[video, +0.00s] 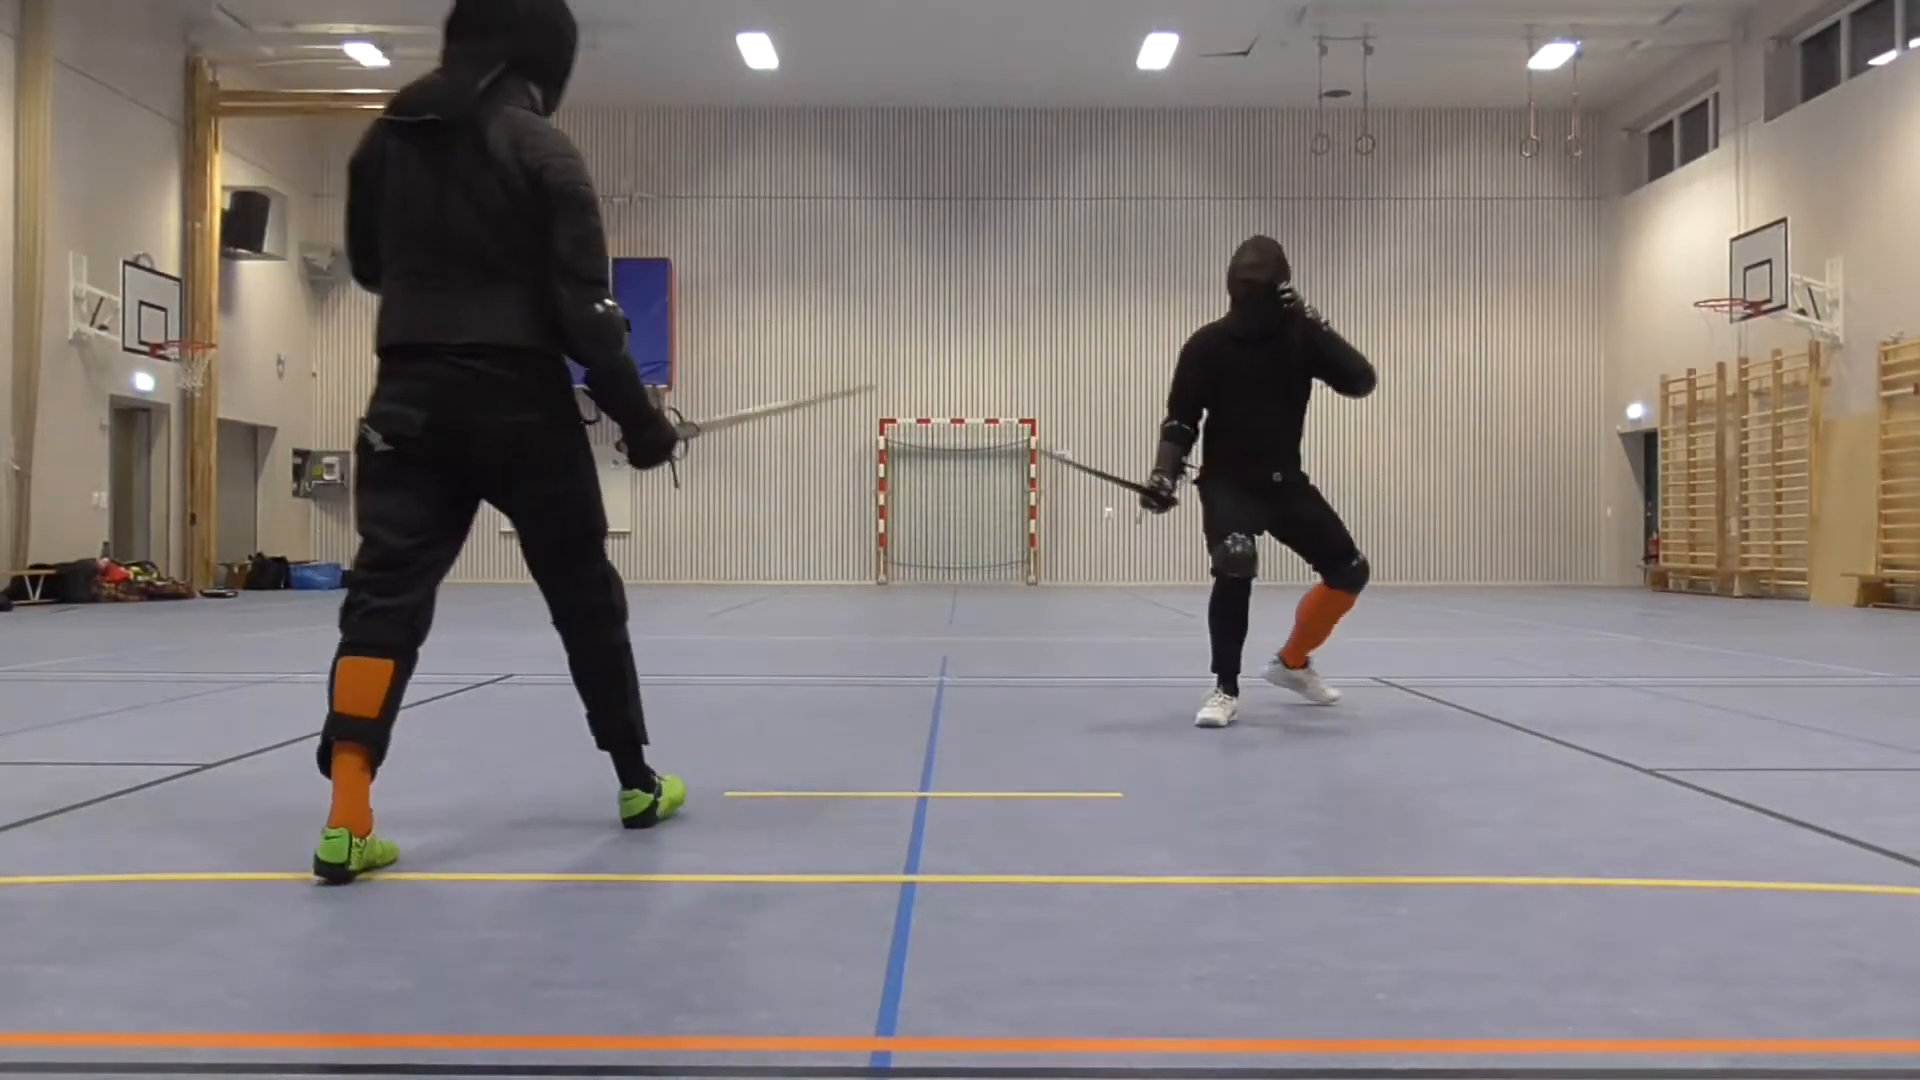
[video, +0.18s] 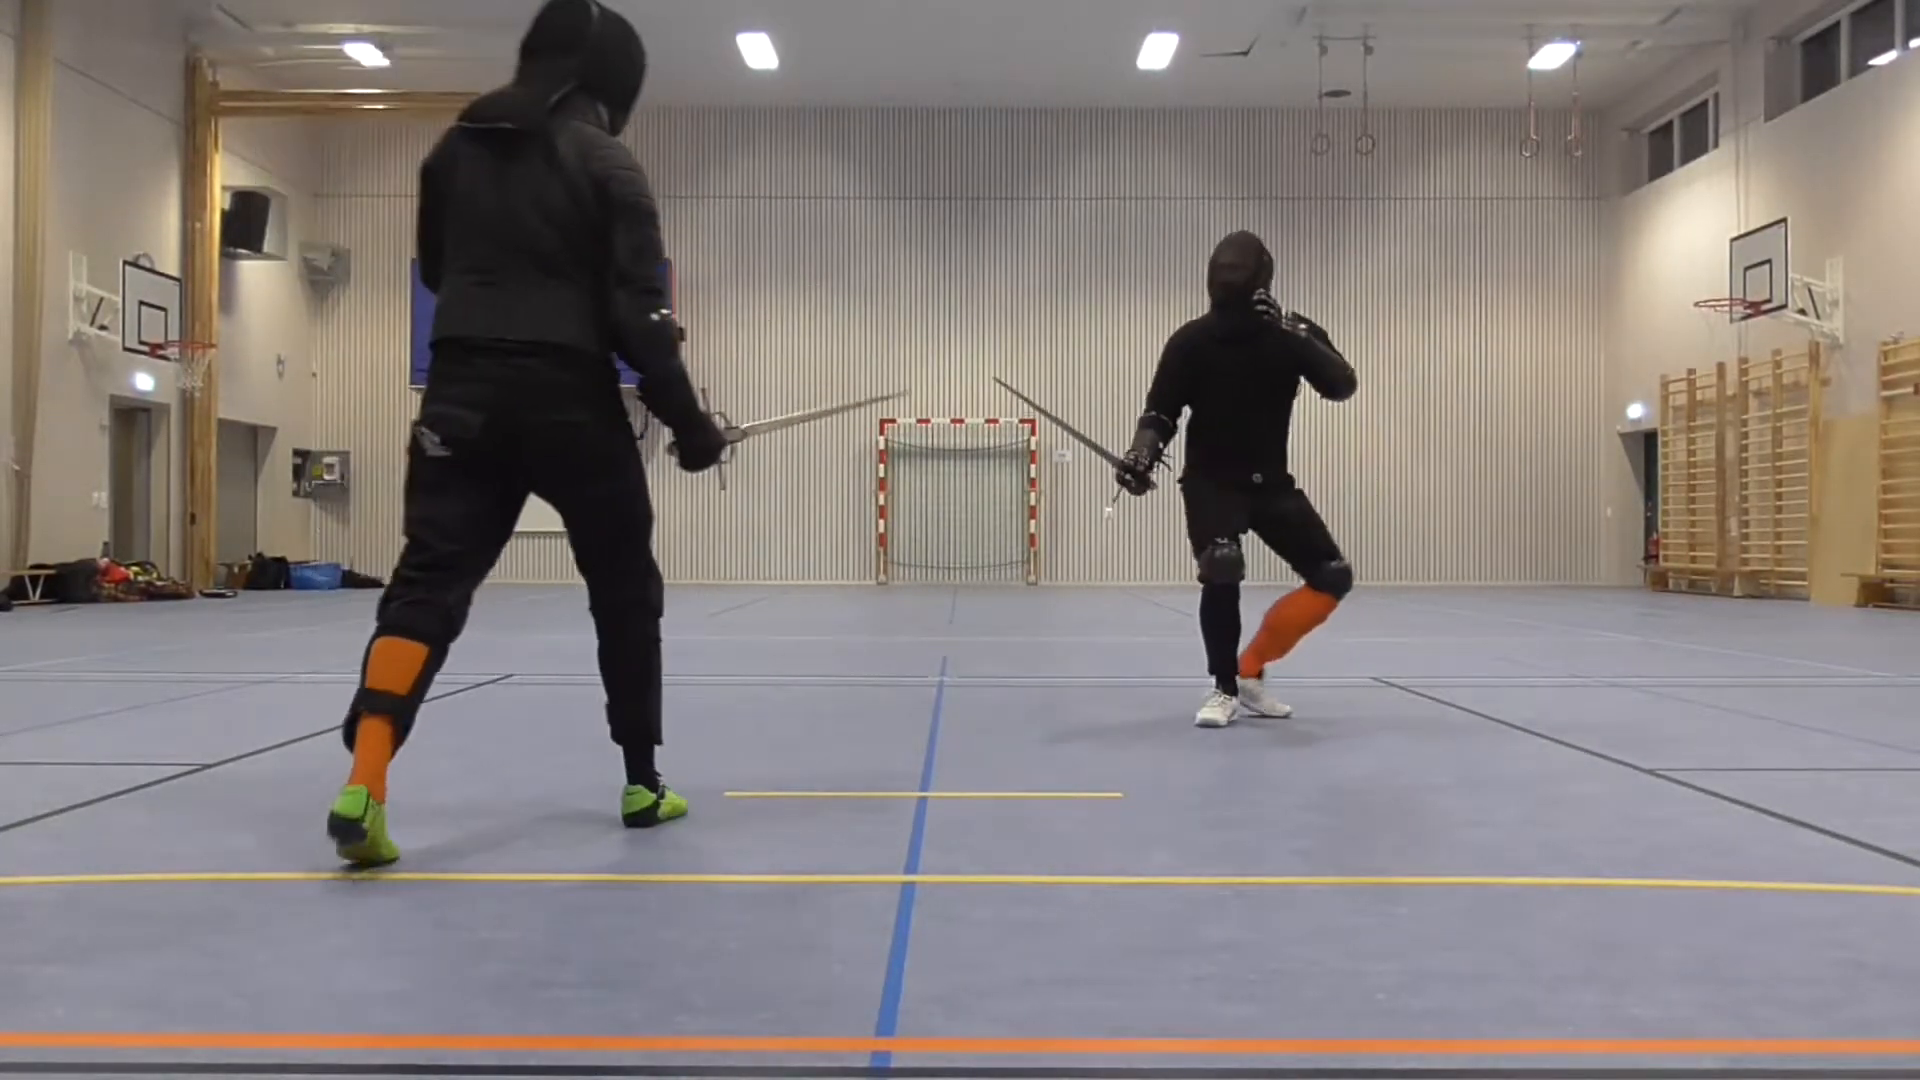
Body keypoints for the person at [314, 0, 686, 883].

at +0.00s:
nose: (564, 78)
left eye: (561, 59)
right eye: (560, 61)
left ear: (462, 43)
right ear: (540, 55)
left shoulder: (386, 142)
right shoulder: (545, 151)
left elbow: (368, 262)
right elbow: (585, 315)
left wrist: (465, 264)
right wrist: (644, 420)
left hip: (410, 397)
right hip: (524, 404)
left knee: (384, 594)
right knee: (583, 590)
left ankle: (346, 824)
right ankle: (636, 780)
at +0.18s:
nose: (627, 107)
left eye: (629, 93)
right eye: (627, 92)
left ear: (538, 64)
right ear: (605, 81)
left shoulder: (453, 152)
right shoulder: (606, 165)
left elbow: (435, 270)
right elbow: (637, 318)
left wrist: (521, 314)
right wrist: (689, 422)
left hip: (465, 397)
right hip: (573, 406)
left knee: (427, 582)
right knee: (625, 588)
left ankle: (362, 786)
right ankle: (641, 780)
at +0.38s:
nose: (668, 117)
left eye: (670, 103)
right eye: (668, 102)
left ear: (582, 75)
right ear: (646, 91)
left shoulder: (495, 152)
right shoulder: (642, 165)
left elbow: (483, 271)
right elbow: (689, 316)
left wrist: (539, 351)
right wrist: (743, 409)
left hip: (485, 390)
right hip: (595, 398)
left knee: (452, 574)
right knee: (632, 581)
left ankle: (414, 769)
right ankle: (642, 784)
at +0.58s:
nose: (664, 118)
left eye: (665, 104)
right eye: (664, 103)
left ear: (576, 76)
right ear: (643, 92)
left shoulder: (494, 151)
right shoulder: (640, 164)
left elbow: (483, 267)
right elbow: (689, 313)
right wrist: (745, 404)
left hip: (486, 391)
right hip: (596, 398)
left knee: (451, 573)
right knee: (632, 584)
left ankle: (418, 775)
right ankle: (642, 785)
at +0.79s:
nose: (627, 112)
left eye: (627, 98)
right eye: (625, 97)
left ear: (536, 71)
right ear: (606, 88)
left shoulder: (455, 154)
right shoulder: (607, 166)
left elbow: (448, 273)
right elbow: (647, 319)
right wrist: (702, 416)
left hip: (457, 393)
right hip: (566, 401)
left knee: (439, 583)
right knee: (613, 583)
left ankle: (415, 803)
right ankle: (639, 782)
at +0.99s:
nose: (580, 111)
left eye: (581, 97)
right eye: (580, 96)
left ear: (491, 68)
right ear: (561, 85)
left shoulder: (411, 151)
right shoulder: (563, 166)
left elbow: (397, 270)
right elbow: (596, 320)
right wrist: (647, 415)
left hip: (414, 395)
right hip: (521, 401)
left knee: (413, 584)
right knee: (580, 576)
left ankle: (412, 805)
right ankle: (609, 772)